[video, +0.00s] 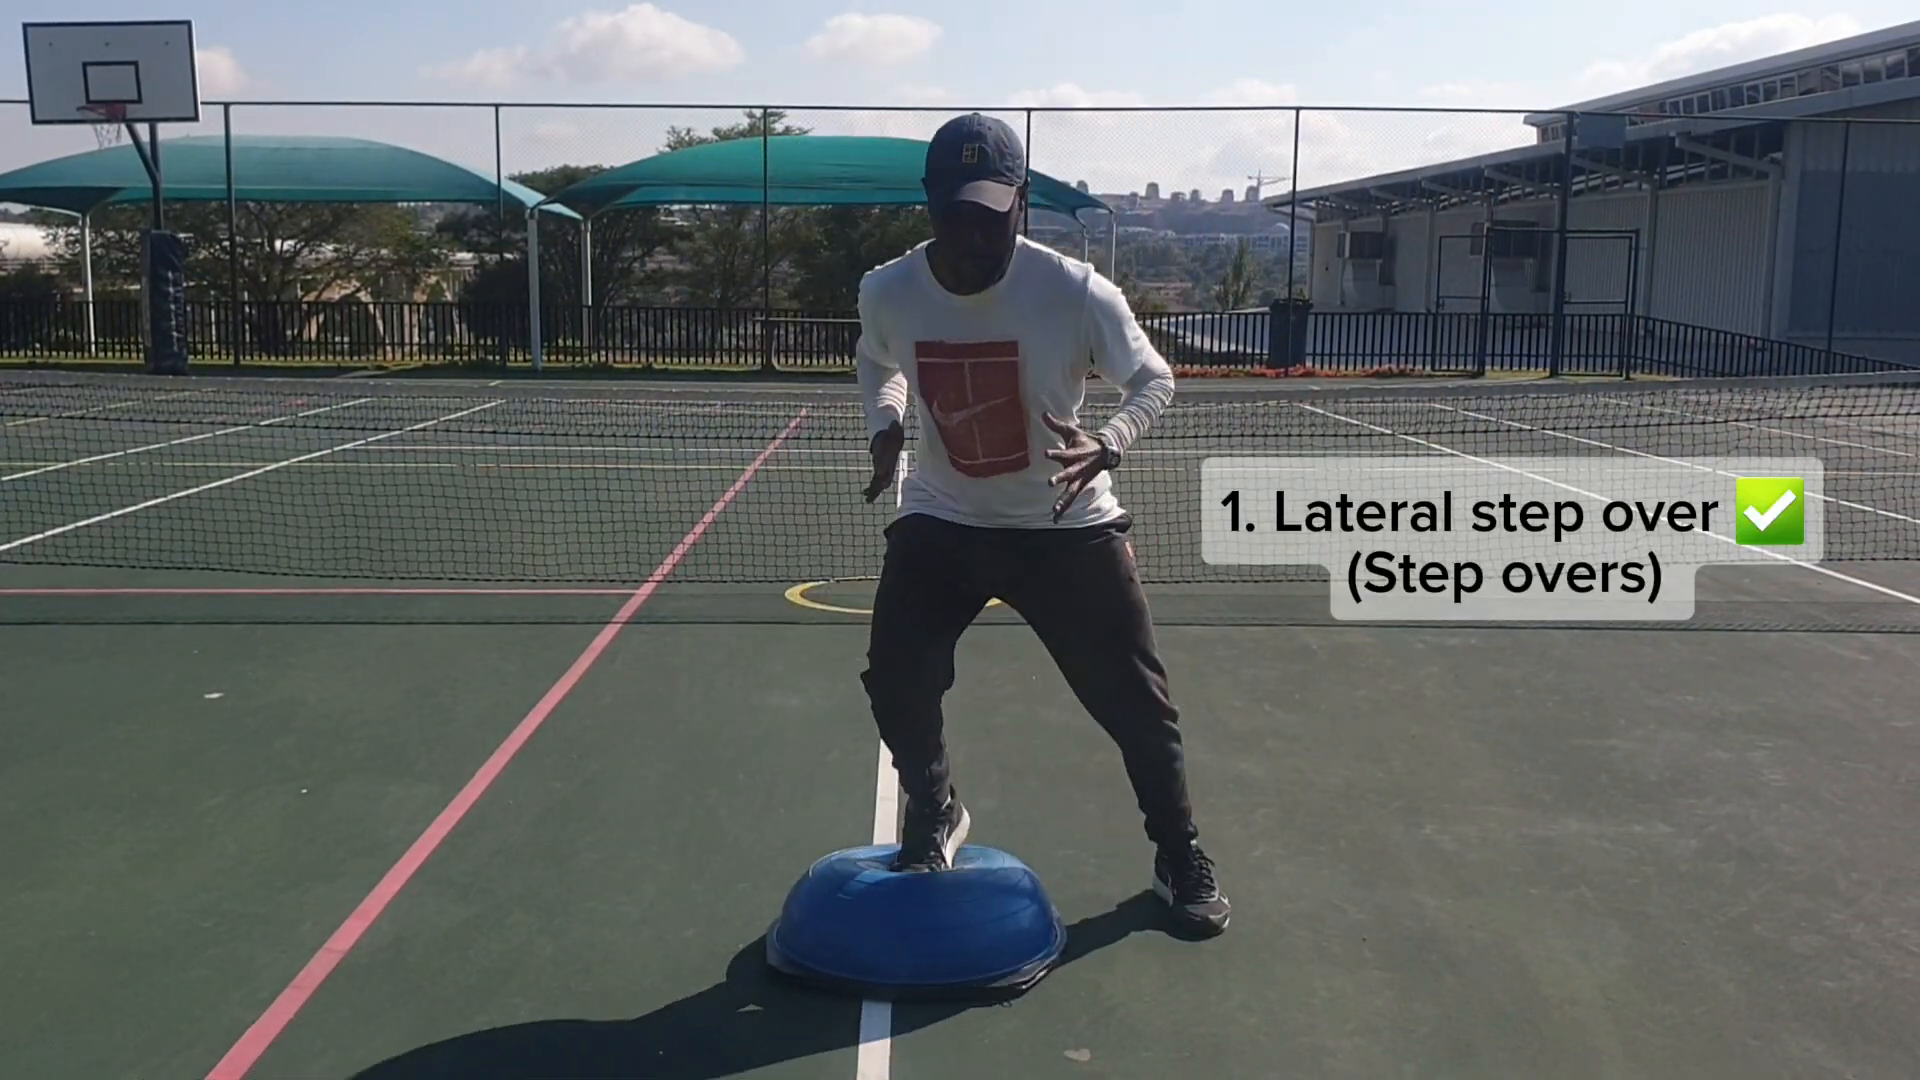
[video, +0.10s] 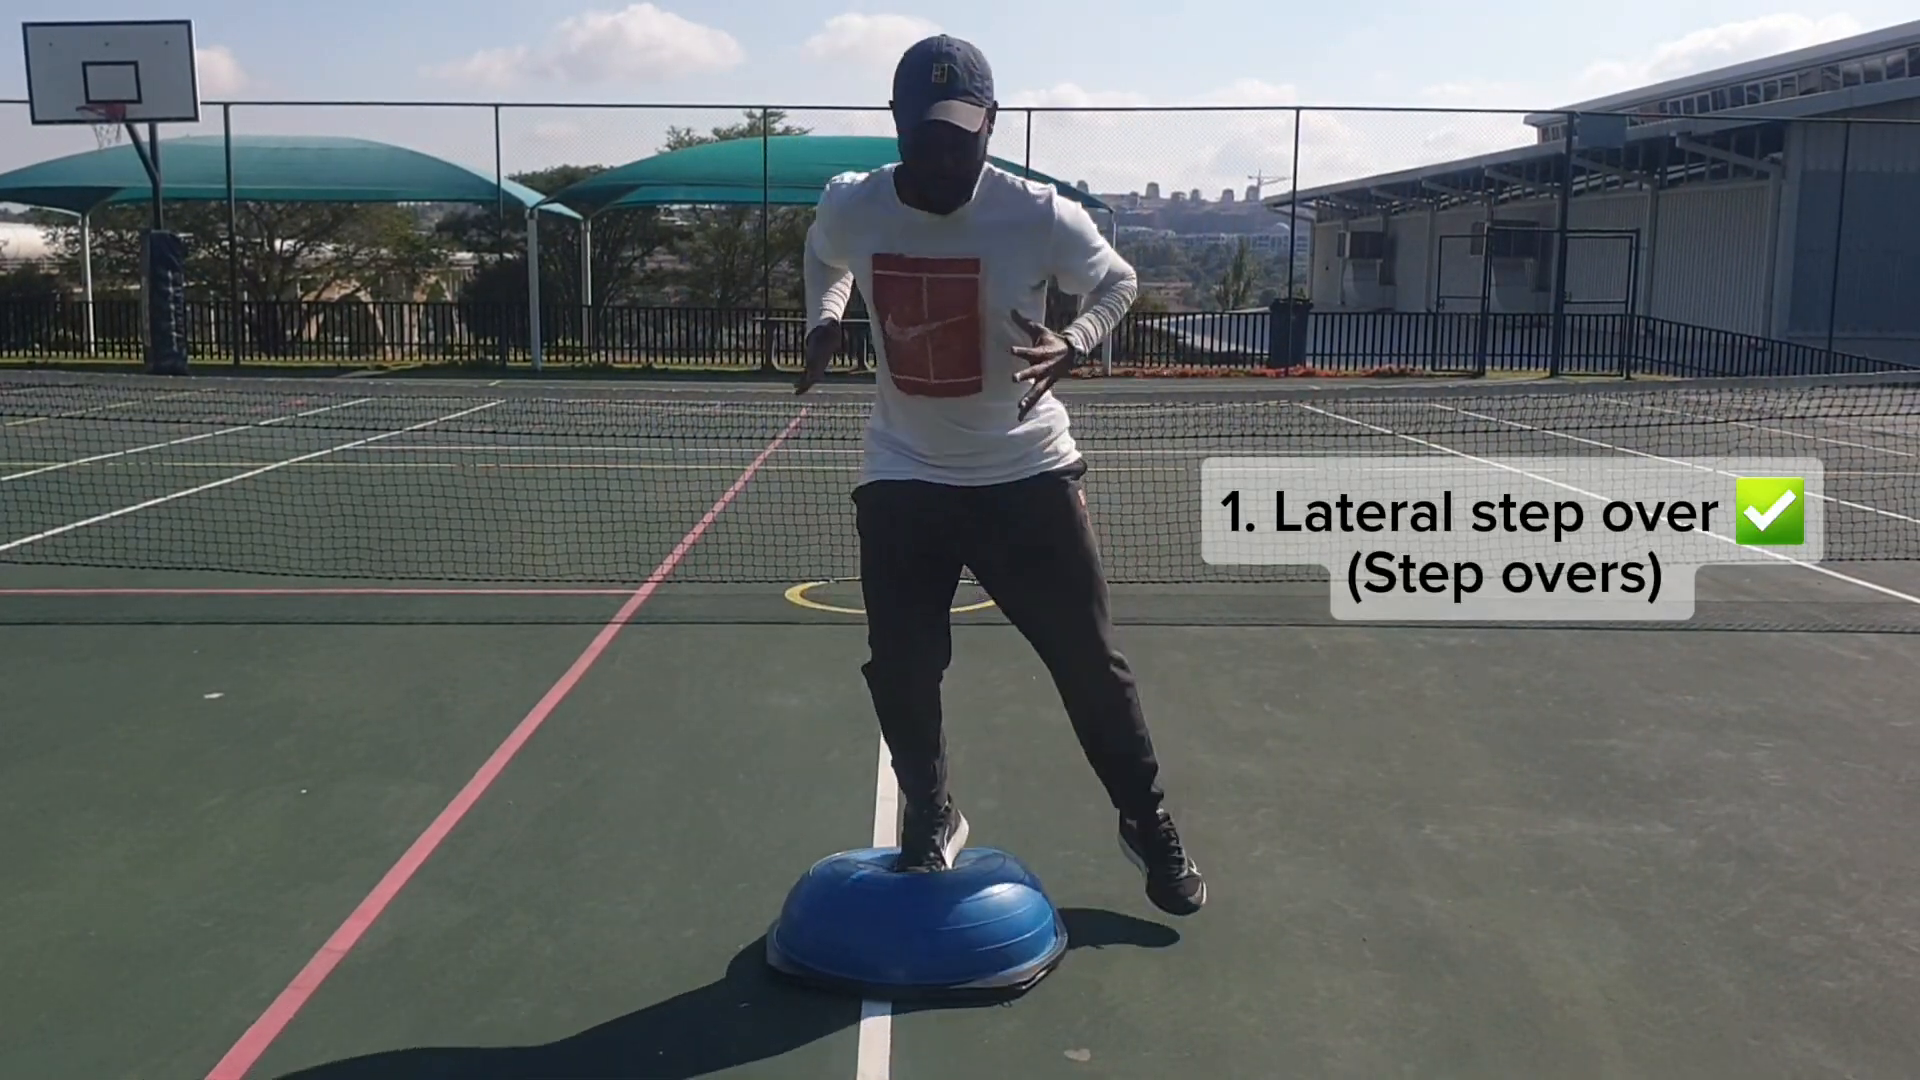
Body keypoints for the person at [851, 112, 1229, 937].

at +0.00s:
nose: (976, 235)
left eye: (994, 216)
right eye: (959, 215)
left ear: (1022, 206)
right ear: (930, 206)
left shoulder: (1079, 294)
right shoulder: (885, 295)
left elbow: (1152, 382)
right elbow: (876, 369)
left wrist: (1113, 435)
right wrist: (886, 424)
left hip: (1066, 524)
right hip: (941, 521)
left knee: (1139, 699)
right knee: (897, 679)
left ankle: (1180, 856)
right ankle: (929, 807)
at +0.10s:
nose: (960, 154)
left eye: (974, 135)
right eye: (940, 134)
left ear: (993, 127)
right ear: (899, 126)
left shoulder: (1041, 216)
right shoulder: (850, 207)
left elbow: (1117, 282)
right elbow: (826, 260)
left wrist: (1080, 343)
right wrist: (823, 319)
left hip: (1026, 472)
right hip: (903, 474)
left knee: (1092, 666)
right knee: (900, 670)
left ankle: (1149, 826)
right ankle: (929, 816)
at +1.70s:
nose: (889, 111)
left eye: (905, 91)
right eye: (870, 92)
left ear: (932, 77)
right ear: (838, 75)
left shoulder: (979, 164)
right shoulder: (781, 158)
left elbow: (1029, 210)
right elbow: (732, 208)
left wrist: (993, 278)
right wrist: (748, 310)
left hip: (923, 431)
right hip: (799, 428)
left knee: (925, 630)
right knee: (742, 623)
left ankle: (880, 806)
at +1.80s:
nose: (866, 174)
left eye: (882, 154)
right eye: (846, 155)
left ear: (906, 145)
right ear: (813, 147)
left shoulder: (951, 242)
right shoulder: (751, 229)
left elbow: (982, 293)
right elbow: (715, 291)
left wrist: (955, 348)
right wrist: (725, 378)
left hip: (881, 493)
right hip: (756, 500)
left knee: (915, 659)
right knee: (698, 688)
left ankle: (881, 812)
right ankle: (647, 860)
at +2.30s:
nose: (944, 100)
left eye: (958, 81)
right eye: (925, 81)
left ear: (980, 62)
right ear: (891, 61)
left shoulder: (1029, 141)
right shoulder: (835, 149)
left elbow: (1096, 212)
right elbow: (772, 217)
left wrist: (1067, 265)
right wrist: (805, 294)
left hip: (1015, 395)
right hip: (891, 406)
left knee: (1073, 589)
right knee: (899, 614)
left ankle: (1080, 757)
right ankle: (937, 782)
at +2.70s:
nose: (948, 128)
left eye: (961, 108)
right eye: (928, 109)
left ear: (980, 98)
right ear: (887, 100)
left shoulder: (1032, 189)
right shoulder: (831, 189)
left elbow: (1100, 259)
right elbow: (791, 249)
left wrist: (1063, 306)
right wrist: (815, 304)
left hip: (1017, 441)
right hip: (895, 450)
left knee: (1081, 637)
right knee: (913, 655)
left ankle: (1129, 805)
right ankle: (937, 813)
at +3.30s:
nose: (861, 154)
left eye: (876, 135)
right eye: (842, 137)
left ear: (904, 131)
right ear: (813, 134)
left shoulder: (946, 228)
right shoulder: (754, 223)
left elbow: (981, 304)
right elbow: (676, 303)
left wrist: (959, 331)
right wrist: (732, 345)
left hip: (888, 489)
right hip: (764, 496)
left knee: (914, 680)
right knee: (694, 688)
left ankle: (870, 818)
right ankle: (620, 848)